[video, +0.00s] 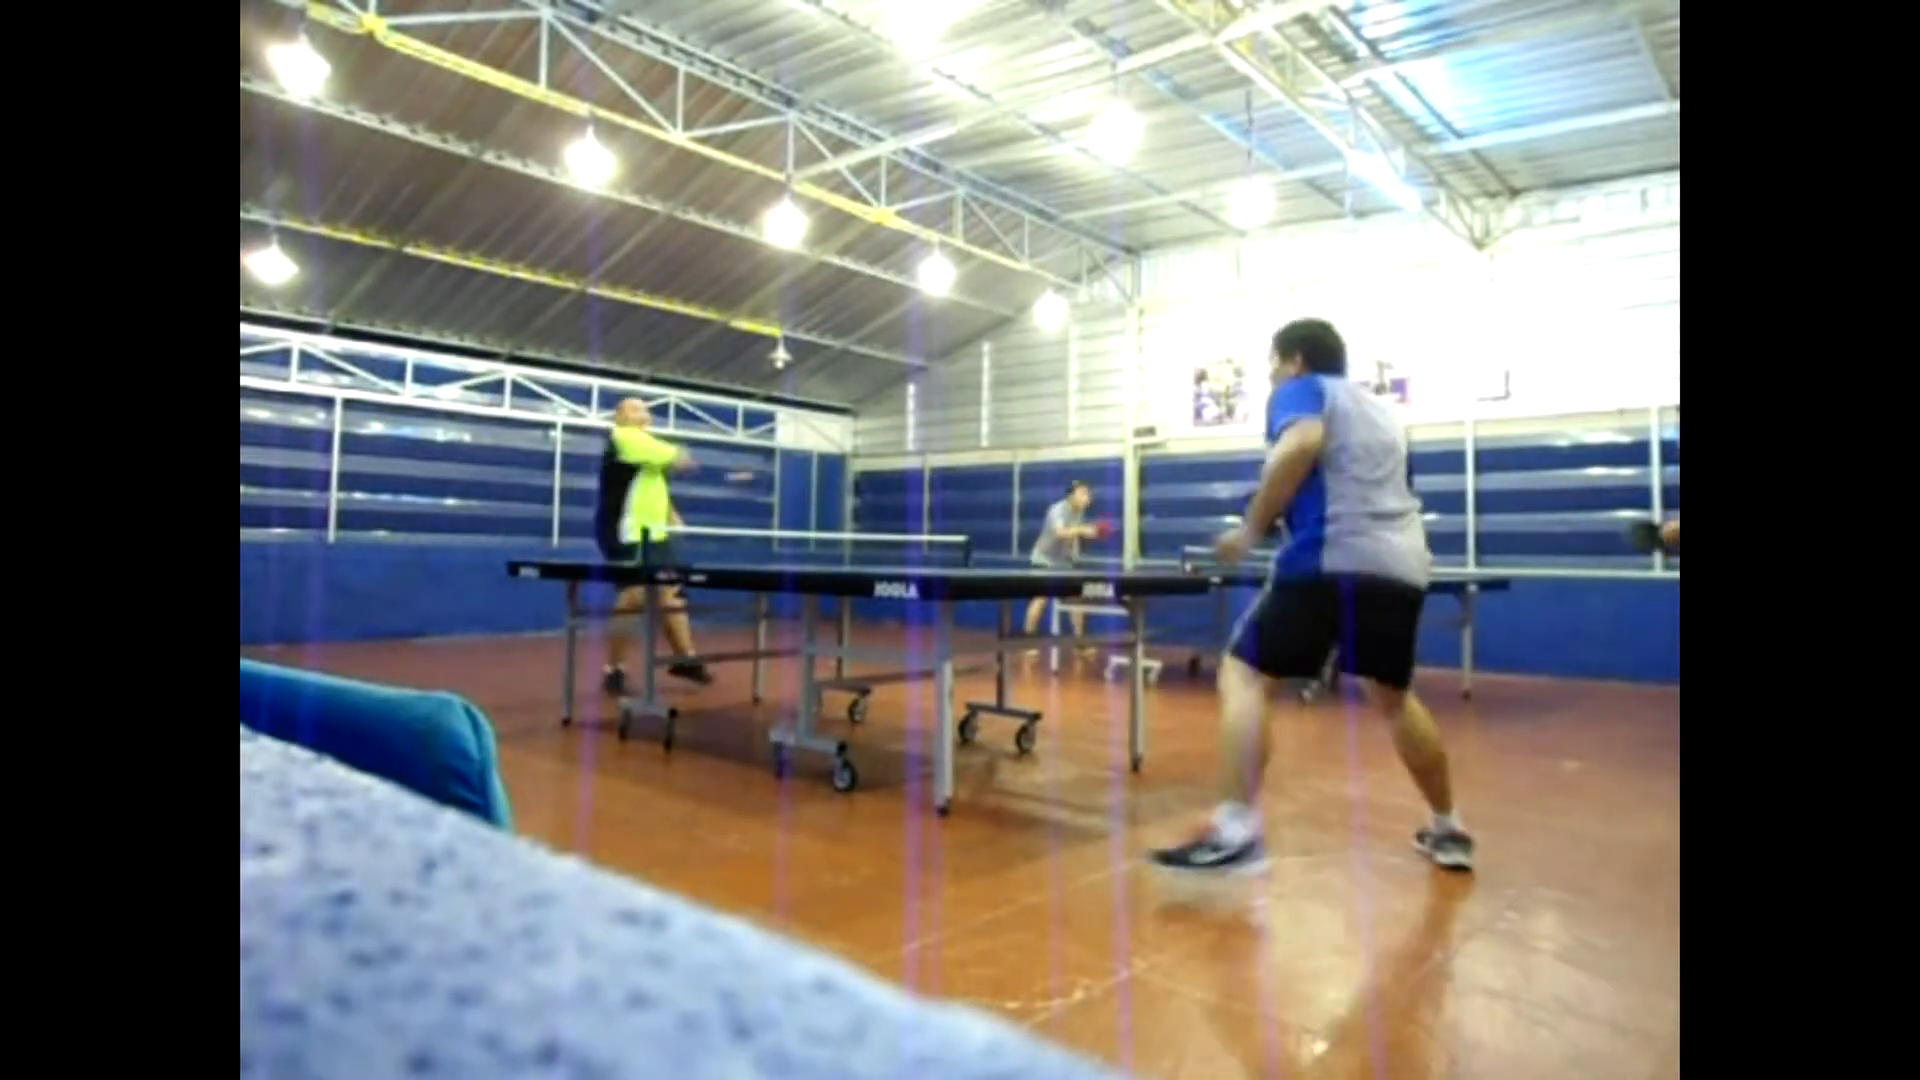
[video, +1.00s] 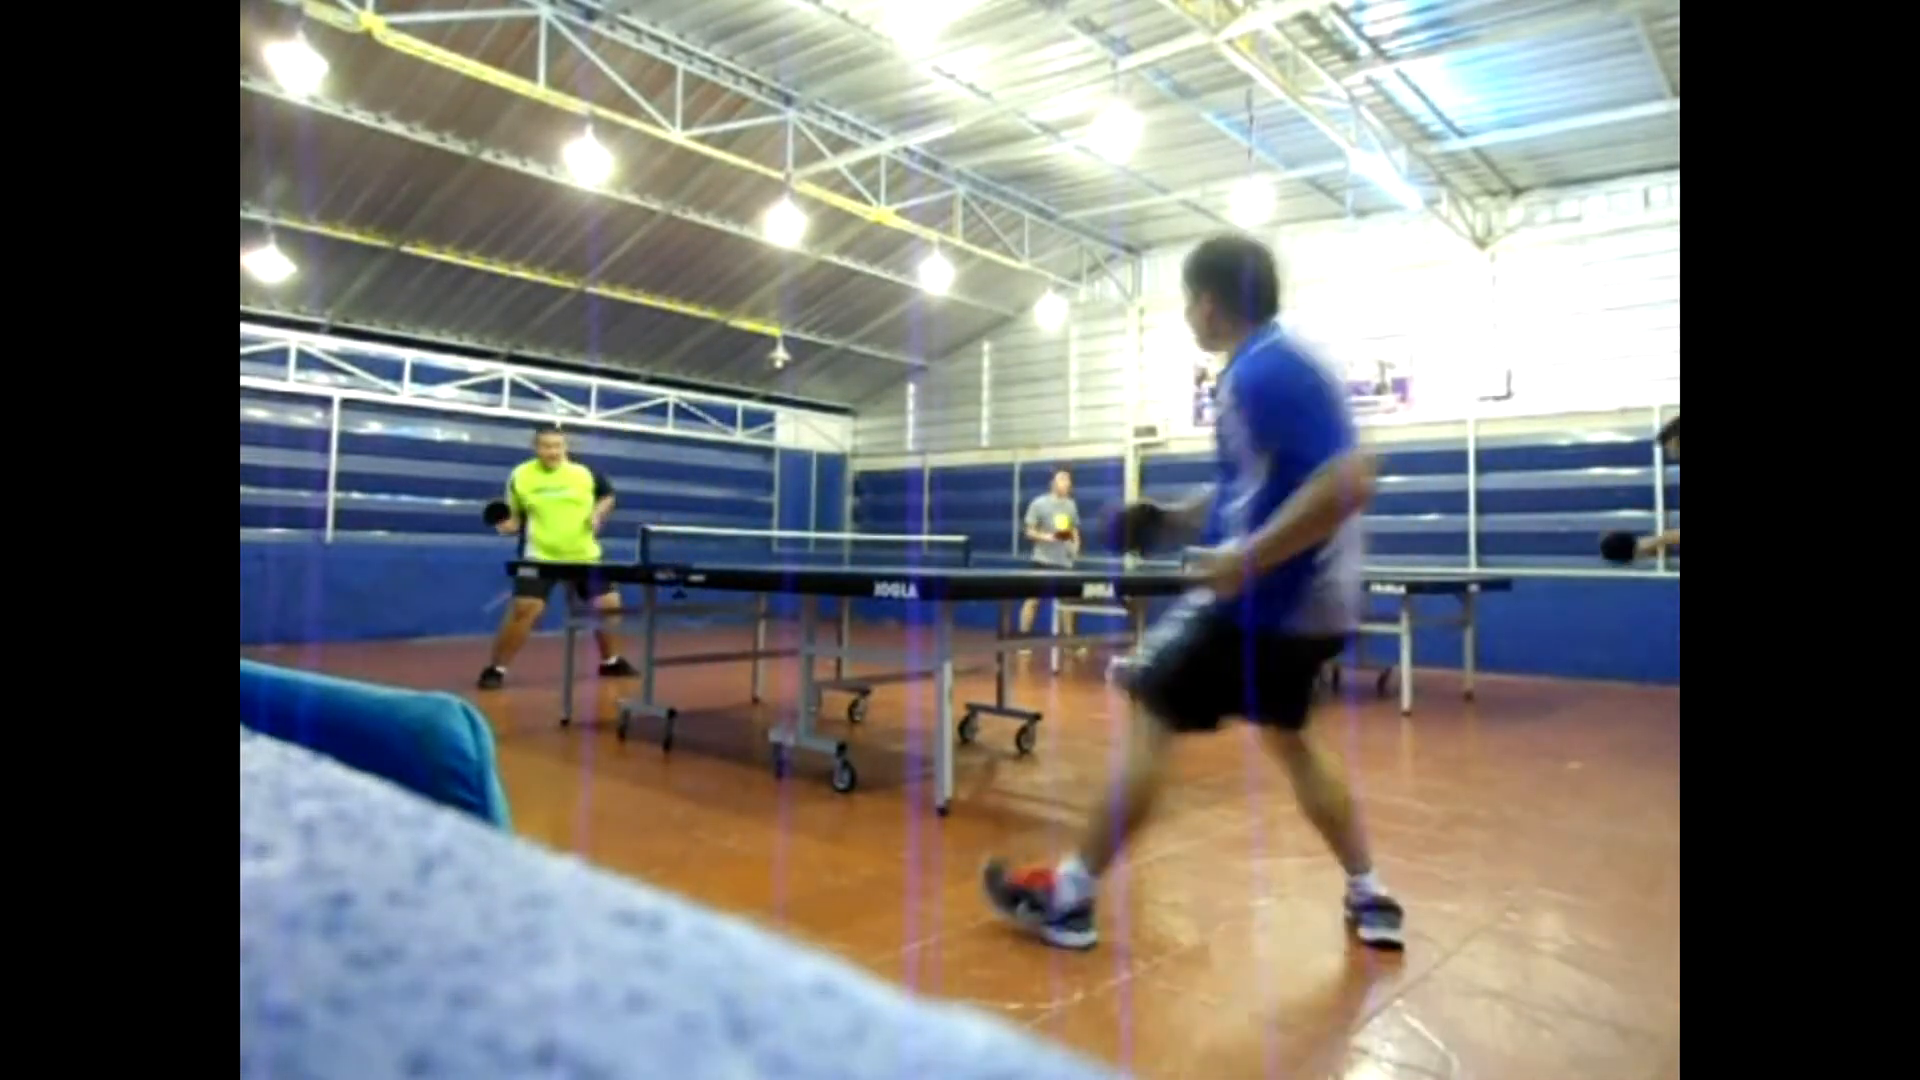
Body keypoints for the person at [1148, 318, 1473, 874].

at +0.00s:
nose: (1275, 375)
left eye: (1278, 366)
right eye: (1275, 366)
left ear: (1296, 362)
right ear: (1336, 362)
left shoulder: (1300, 389)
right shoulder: (1382, 412)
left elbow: (1304, 441)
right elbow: (1394, 492)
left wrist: (1249, 531)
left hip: (1329, 565)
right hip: (1403, 570)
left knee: (1243, 672)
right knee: (1395, 695)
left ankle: (1236, 825)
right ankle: (1448, 825)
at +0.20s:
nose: (1252, 398)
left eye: (1256, 389)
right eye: (1255, 389)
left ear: (1270, 386)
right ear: (1320, 391)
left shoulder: (1256, 413)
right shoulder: (1370, 450)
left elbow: (1182, 477)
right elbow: (1398, 549)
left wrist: (1172, 518)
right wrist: (1340, 574)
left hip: (1271, 601)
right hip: (1352, 613)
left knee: (1177, 698)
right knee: (1366, 713)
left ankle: (1208, 867)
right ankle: (1429, 824)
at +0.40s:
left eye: (1245, 403)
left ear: (1248, 405)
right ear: (1311, 413)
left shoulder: (1198, 444)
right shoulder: (1317, 443)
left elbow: (1123, 490)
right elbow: (1327, 508)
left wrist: (1184, 521)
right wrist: (1397, 606)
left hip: (1164, 624)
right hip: (1260, 627)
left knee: (1126, 754)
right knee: (1321, 725)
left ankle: (1074, 871)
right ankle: (1363, 843)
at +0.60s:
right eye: (1227, 343)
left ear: (1166, 345)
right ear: (1228, 347)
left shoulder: (1126, 398)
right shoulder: (1273, 411)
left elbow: (1062, 488)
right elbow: (1336, 511)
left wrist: (1119, 472)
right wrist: (1436, 572)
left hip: (1156, 613)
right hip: (1257, 612)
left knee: (1093, 732)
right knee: (1313, 728)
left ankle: (1067, 891)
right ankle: (1384, 866)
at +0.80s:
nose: (1140, 350)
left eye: (1142, 338)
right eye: (1138, 338)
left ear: (1157, 340)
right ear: (1215, 329)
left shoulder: (1171, 413)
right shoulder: (1269, 375)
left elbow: (1134, 541)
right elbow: (1215, 380)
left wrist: (1084, 494)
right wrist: (1150, 373)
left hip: (1187, 617)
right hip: (1280, 610)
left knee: (1068, 714)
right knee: (1271, 746)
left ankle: (1058, 896)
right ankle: (1340, 891)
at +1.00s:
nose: (1189, 314)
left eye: (1193, 298)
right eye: (1189, 298)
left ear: (1219, 300)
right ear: (1254, 298)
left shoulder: (1270, 369)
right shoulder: (1263, 370)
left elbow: (1345, 478)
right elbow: (1257, 492)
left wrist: (1249, 557)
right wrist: (1173, 518)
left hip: (1262, 602)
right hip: (1310, 606)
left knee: (1153, 705)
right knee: (1287, 732)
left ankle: (1072, 890)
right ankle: (1368, 892)